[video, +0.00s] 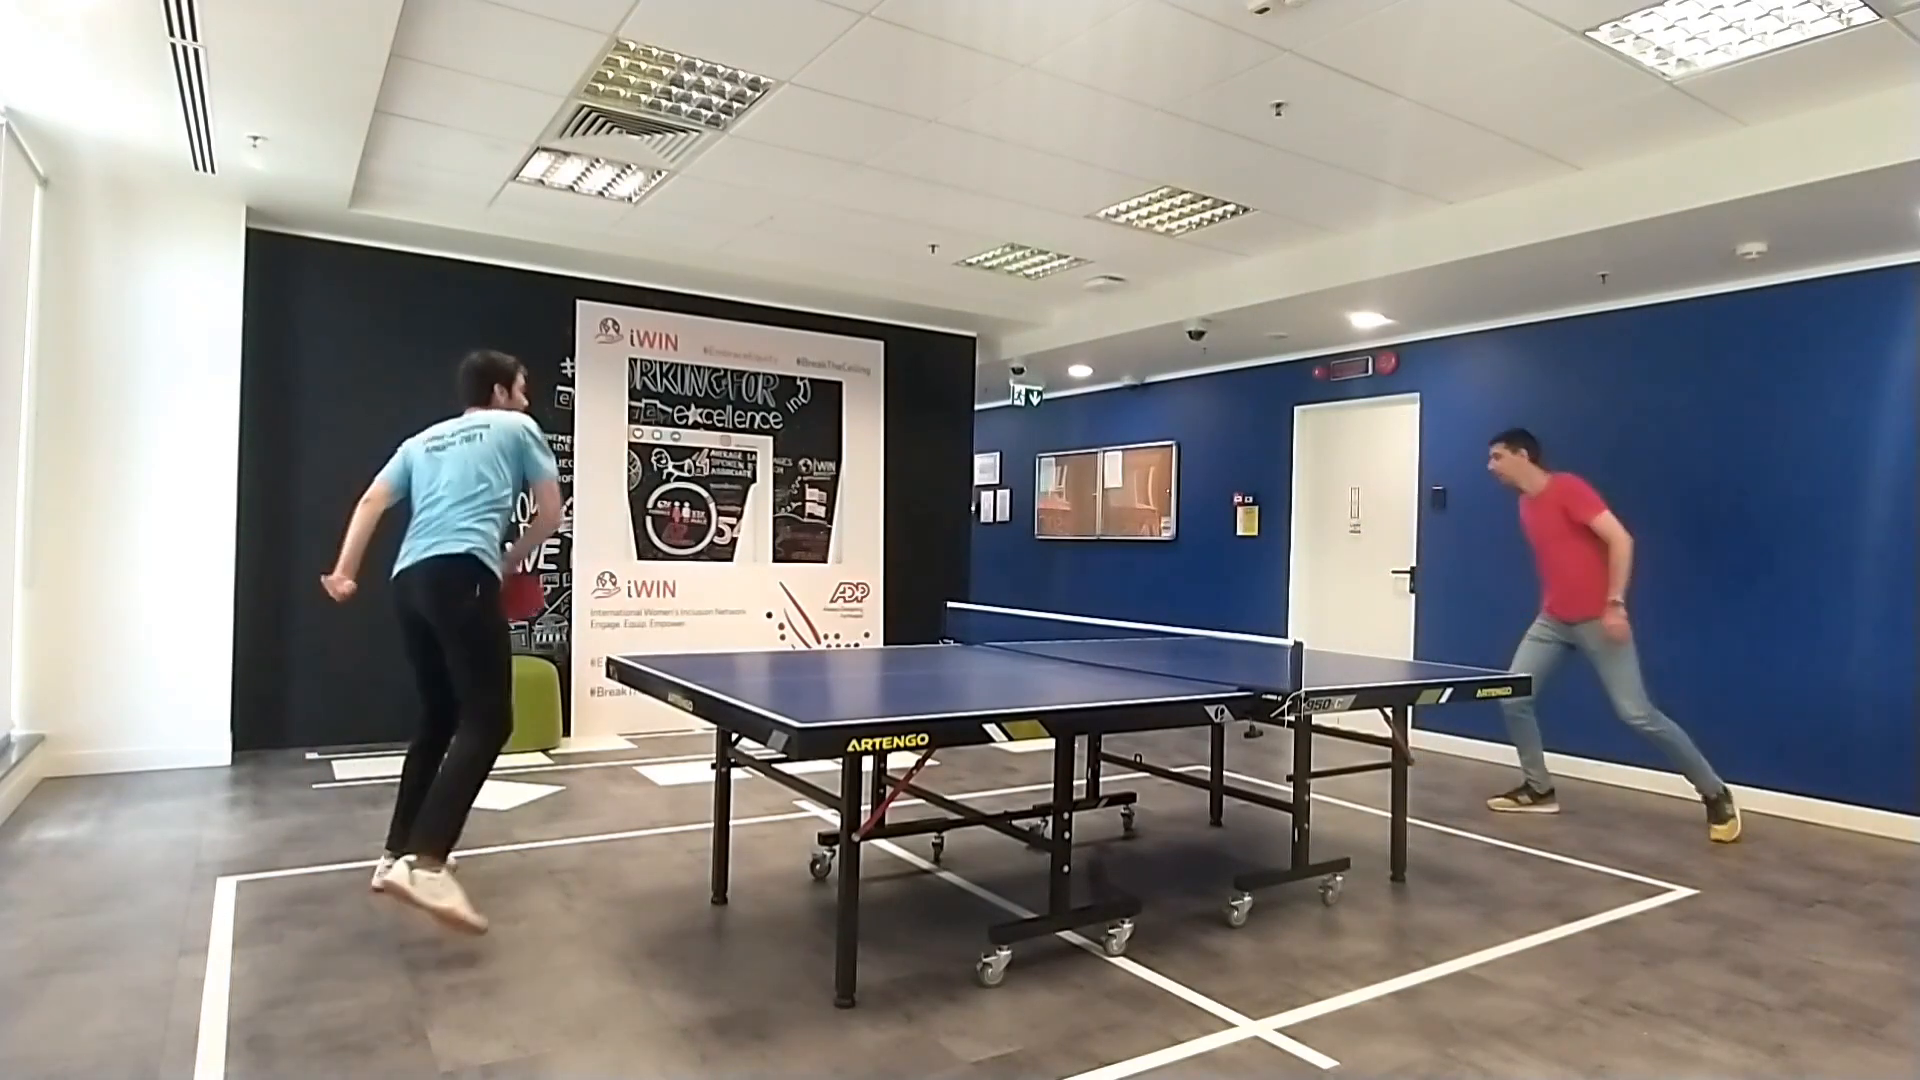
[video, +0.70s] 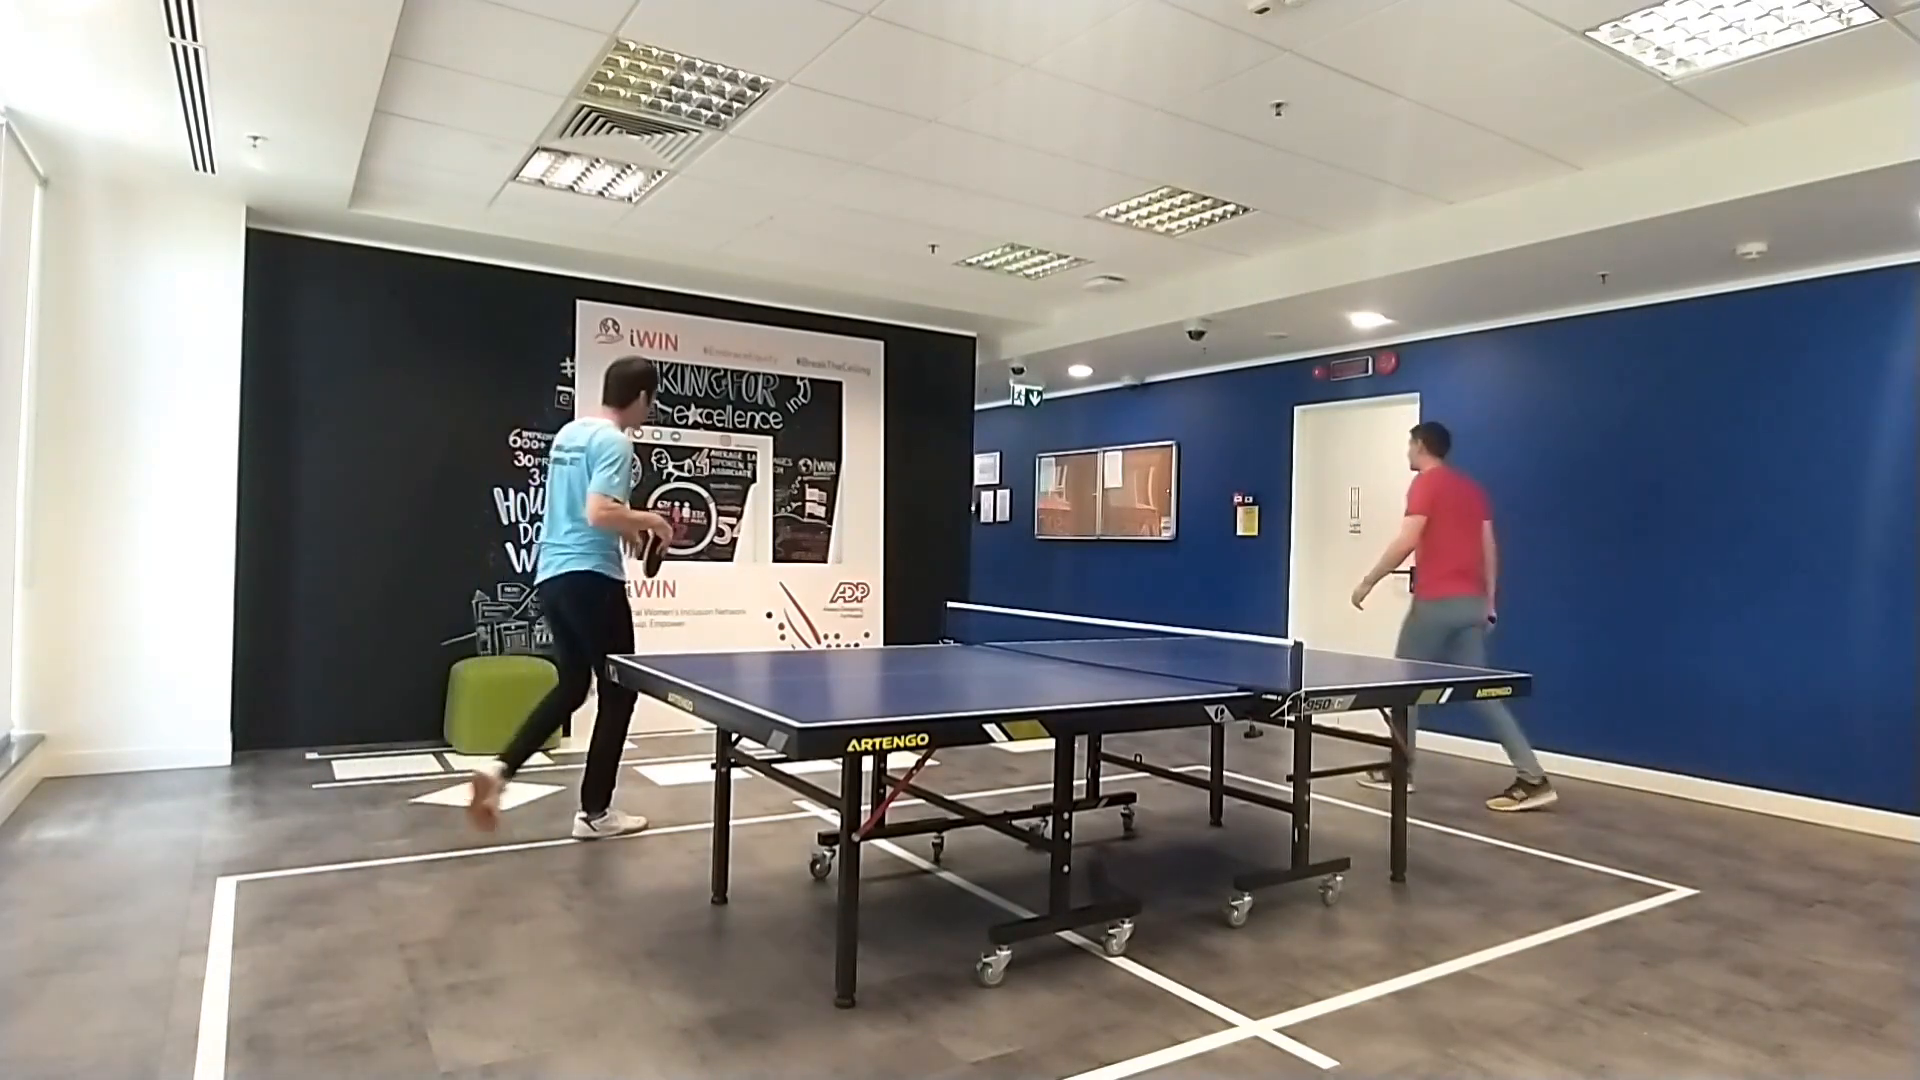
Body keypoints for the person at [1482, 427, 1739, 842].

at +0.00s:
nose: (1492, 466)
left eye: (1497, 457)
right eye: (1490, 460)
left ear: (1522, 455)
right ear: (1513, 460)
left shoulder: (1567, 489)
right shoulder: (1526, 507)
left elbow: (1620, 538)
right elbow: (1555, 557)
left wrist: (1615, 603)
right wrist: (1551, 608)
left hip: (1598, 619)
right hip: (1553, 620)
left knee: (1636, 713)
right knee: (1514, 695)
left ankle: (1716, 795)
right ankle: (1538, 788)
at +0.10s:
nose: (1479, 455)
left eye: (1483, 447)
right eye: (1479, 448)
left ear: (1504, 445)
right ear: (1504, 447)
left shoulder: (1549, 480)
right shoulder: (1520, 493)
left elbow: (1582, 535)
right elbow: (1542, 549)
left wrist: (1576, 600)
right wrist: (1538, 599)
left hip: (1572, 612)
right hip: (1536, 613)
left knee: (1596, 704)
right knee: (1511, 695)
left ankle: (1687, 780)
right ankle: (1537, 787)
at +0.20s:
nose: (1473, 448)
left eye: (1476, 440)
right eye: (1474, 441)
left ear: (1494, 440)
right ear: (1500, 440)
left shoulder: (1530, 475)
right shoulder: (1513, 482)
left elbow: (1543, 535)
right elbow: (1529, 543)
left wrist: (1530, 597)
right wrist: (1518, 600)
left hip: (1553, 602)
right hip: (1526, 603)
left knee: (1550, 694)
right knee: (1511, 693)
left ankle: (1639, 774)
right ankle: (1537, 787)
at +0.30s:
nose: (1466, 445)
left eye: (1468, 436)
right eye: (1467, 437)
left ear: (1481, 435)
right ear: (1496, 435)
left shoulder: (1513, 472)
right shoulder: (1513, 473)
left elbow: (1506, 532)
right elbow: (1511, 539)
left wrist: (1481, 587)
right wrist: (1490, 591)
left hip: (1530, 598)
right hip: (1521, 597)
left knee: (1514, 688)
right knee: (1509, 689)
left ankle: (1580, 778)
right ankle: (1538, 784)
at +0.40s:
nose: (1458, 443)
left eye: (1460, 436)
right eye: (1459, 437)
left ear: (1471, 435)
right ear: (1492, 436)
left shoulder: (1489, 470)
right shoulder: (1515, 471)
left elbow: (1477, 529)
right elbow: (1532, 540)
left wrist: (1439, 581)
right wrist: (1492, 588)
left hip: (1505, 597)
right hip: (1530, 595)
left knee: (1476, 682)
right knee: (1517, 689)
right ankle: (1540, 783)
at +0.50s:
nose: (1446, 445)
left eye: (1447, 438)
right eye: (1447, 438)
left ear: (1458, 437)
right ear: (1481, 440)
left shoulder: (1467, 472)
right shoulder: (1509, 479)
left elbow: (1449, 530)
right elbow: (1523, 544)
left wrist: (1406, 576)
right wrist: (1490, 571)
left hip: (1483, 597)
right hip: (1516, 595)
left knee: (1444, 681)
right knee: (1517, 689)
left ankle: (1448, 773)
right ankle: (1540, 785)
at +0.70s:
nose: (1408, 452)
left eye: (1411, 445)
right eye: (1410, 445)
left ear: (1422, 447)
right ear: (1442, 450)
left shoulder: (1425, 483)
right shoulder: (1472, 488)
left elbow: (1408, 540)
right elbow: (1488, 549)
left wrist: (1368, 581)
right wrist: (1489, 601)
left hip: (1436, 603)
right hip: (1472, 602)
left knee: (1403, 687)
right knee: (1480, 689)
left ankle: (1398, 768)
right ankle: (1533, 778)